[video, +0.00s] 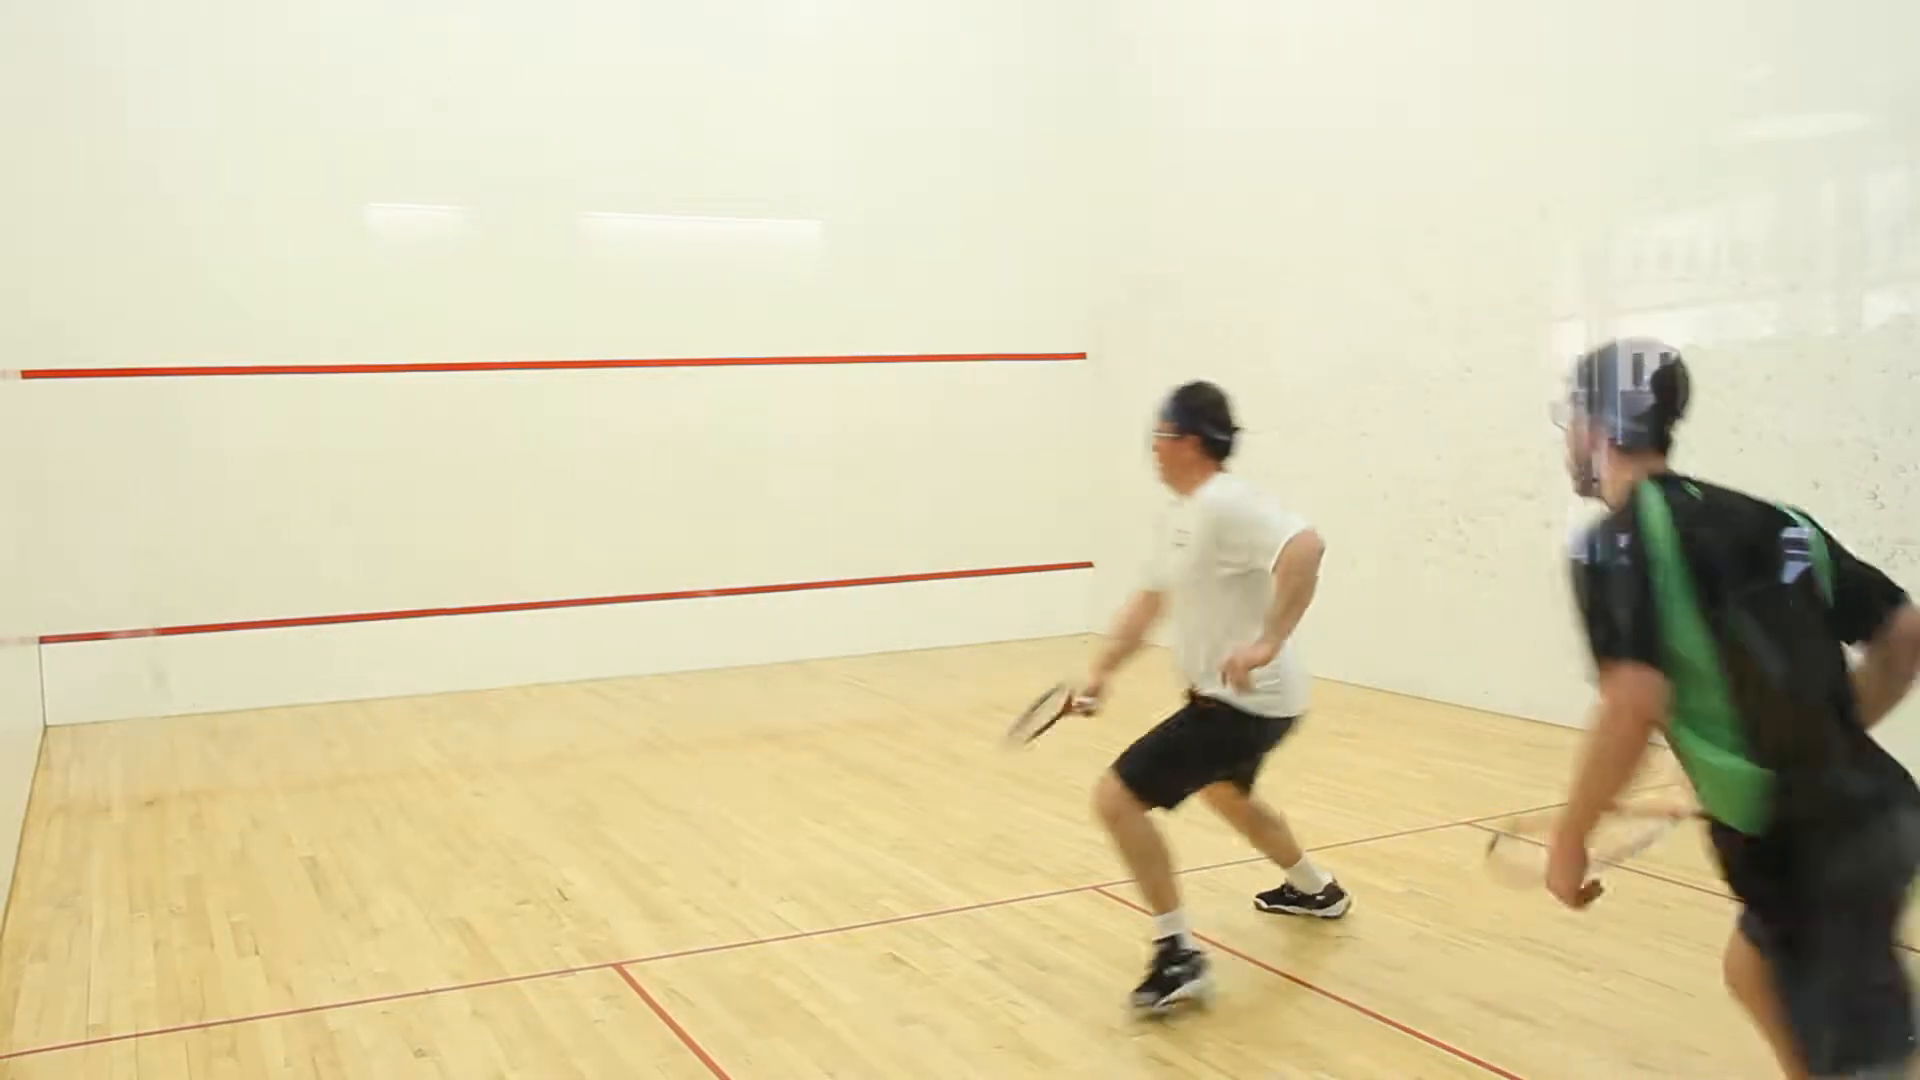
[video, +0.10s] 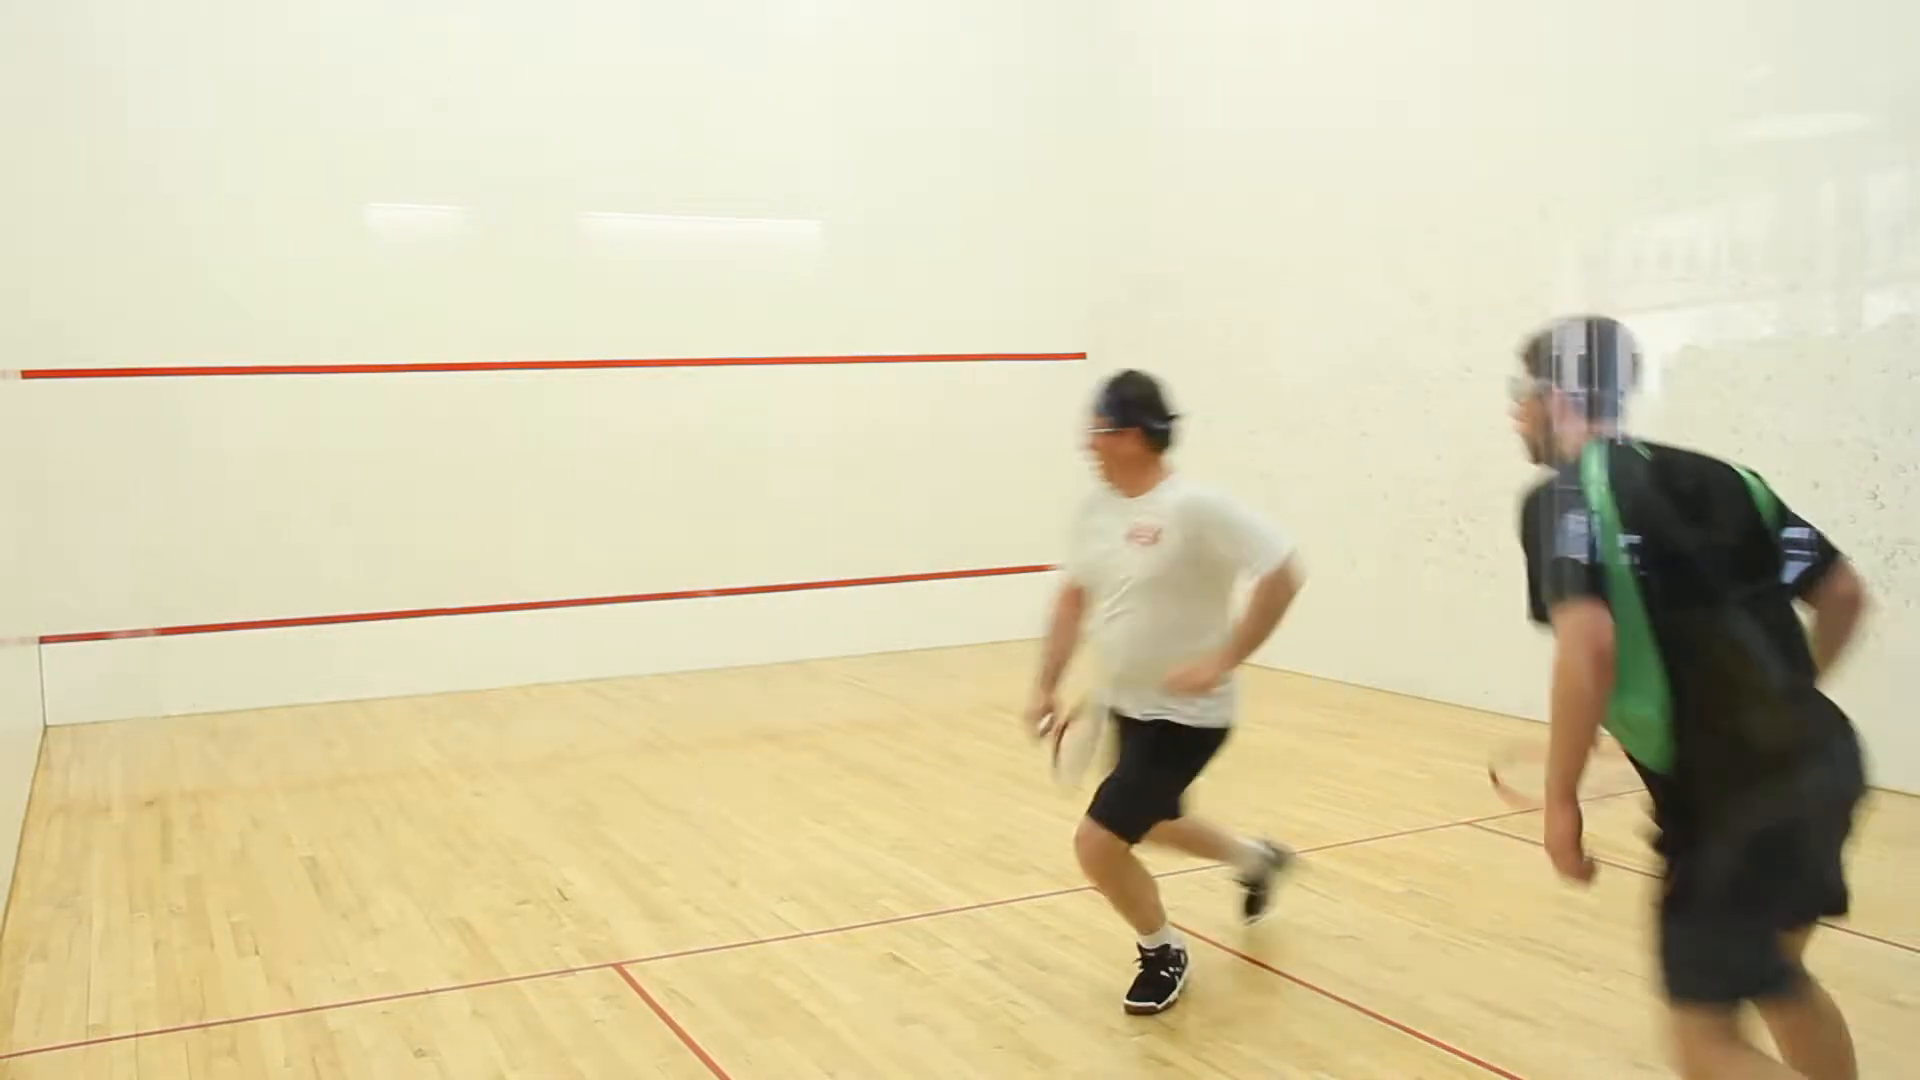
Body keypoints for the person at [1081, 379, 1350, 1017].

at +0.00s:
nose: (1153, 448)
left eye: (1162, 437)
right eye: (1155, 436)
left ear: (1194, 444)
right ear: (1189, 443)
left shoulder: (1228, 502)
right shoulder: (1179, 514)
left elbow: (1303, 549)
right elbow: (1151, 598)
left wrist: (1268, 643)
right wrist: (1102, 669)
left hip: (1248, 702)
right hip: (1224, 695)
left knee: (1116, 799)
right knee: (1223, 791)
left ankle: (1178, 951)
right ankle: (1316, 887)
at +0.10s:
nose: (1089, 441)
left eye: (1102, 429)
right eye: (1091, 428)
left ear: (1140, 437)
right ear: (1121, 437)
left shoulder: (1195, 508)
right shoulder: (1097, 509)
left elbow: (1282, 575)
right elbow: (1072, 597)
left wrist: (1222, 662)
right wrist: (1046, 684)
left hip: (1187, 713)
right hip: (1125, 707)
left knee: (1097, 847)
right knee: (1151, 821)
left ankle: (1162, 952)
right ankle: (1257, 860)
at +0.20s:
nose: (1008, 459)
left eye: (1022, 446)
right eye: (1009, 446)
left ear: (1060, 453)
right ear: (1034, 455)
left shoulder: (1135, 531)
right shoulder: (1011, 527)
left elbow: (1176, 644)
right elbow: (988, 627)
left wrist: (1073, 678)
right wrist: (998, 710)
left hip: (1136, 723)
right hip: (1052, 717)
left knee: (1084, 872)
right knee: (994, 842)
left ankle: (1155, 947)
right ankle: (1106, 873)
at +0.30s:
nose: (922, 504)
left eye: (934, 489)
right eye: (921, 490)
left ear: (972, 490)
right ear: (942, 494)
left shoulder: (1057, 554)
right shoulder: (925, 565)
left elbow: (1054, 675)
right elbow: (915, 680)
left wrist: (946, 644)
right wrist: (963, 712)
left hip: (1061, 747)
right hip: (975, 734)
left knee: (1065, 916)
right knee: (880, 822)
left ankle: (1144, 935)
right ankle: (869, 985)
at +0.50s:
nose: (683, 622)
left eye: (691, 605)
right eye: (678, 606)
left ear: (734, 593)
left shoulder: (846, 651)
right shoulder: (704, 676)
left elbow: (920, 760)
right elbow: (669, 778)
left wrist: (818, 787)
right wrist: (655, 860)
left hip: (907, 843)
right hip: (802, 832)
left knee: (946, 1004)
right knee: (708, 943)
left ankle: (1025, 952)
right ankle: (661, 1074)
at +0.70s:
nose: (564, 613)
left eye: (564, 596)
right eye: (561, 597)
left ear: (596, 598)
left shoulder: (758, 643)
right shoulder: (643, 681)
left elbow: (877, 736)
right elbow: (694, 808)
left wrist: (978, 845)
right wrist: (674, 931)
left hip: (859, 837)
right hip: (753, 825)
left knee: (771, 993)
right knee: (681, 980)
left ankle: (737, 1038)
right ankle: (655, 1077)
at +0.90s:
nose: (629, 525)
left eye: (628, 512)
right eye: (631, 507)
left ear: (639, 522)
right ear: (715, 494)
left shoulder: (768, 603)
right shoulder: (705, 599)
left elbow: (898, 703)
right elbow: (702, 727)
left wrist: (984, 813)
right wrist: (620, 832)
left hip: (895, 810)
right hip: (802, 809)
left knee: (790, 998)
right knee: (714, 958)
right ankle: (668, 1072)